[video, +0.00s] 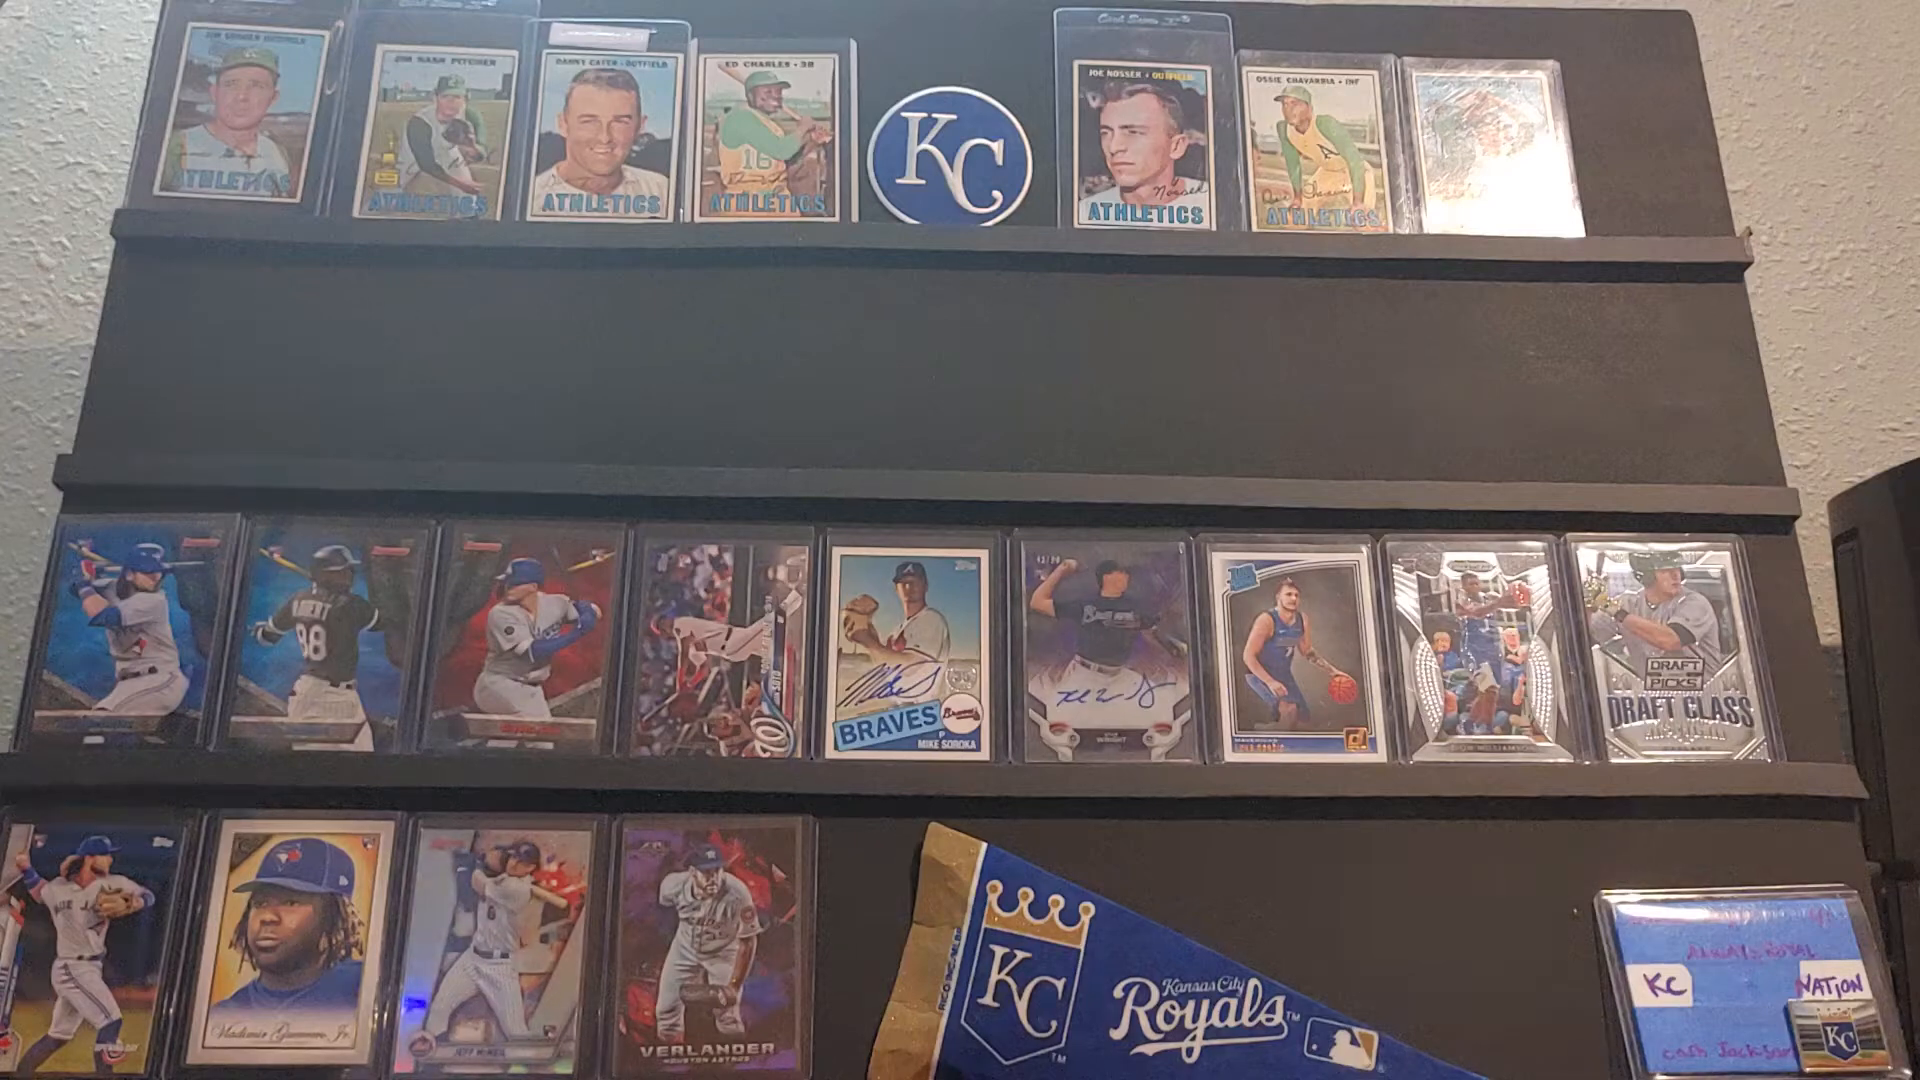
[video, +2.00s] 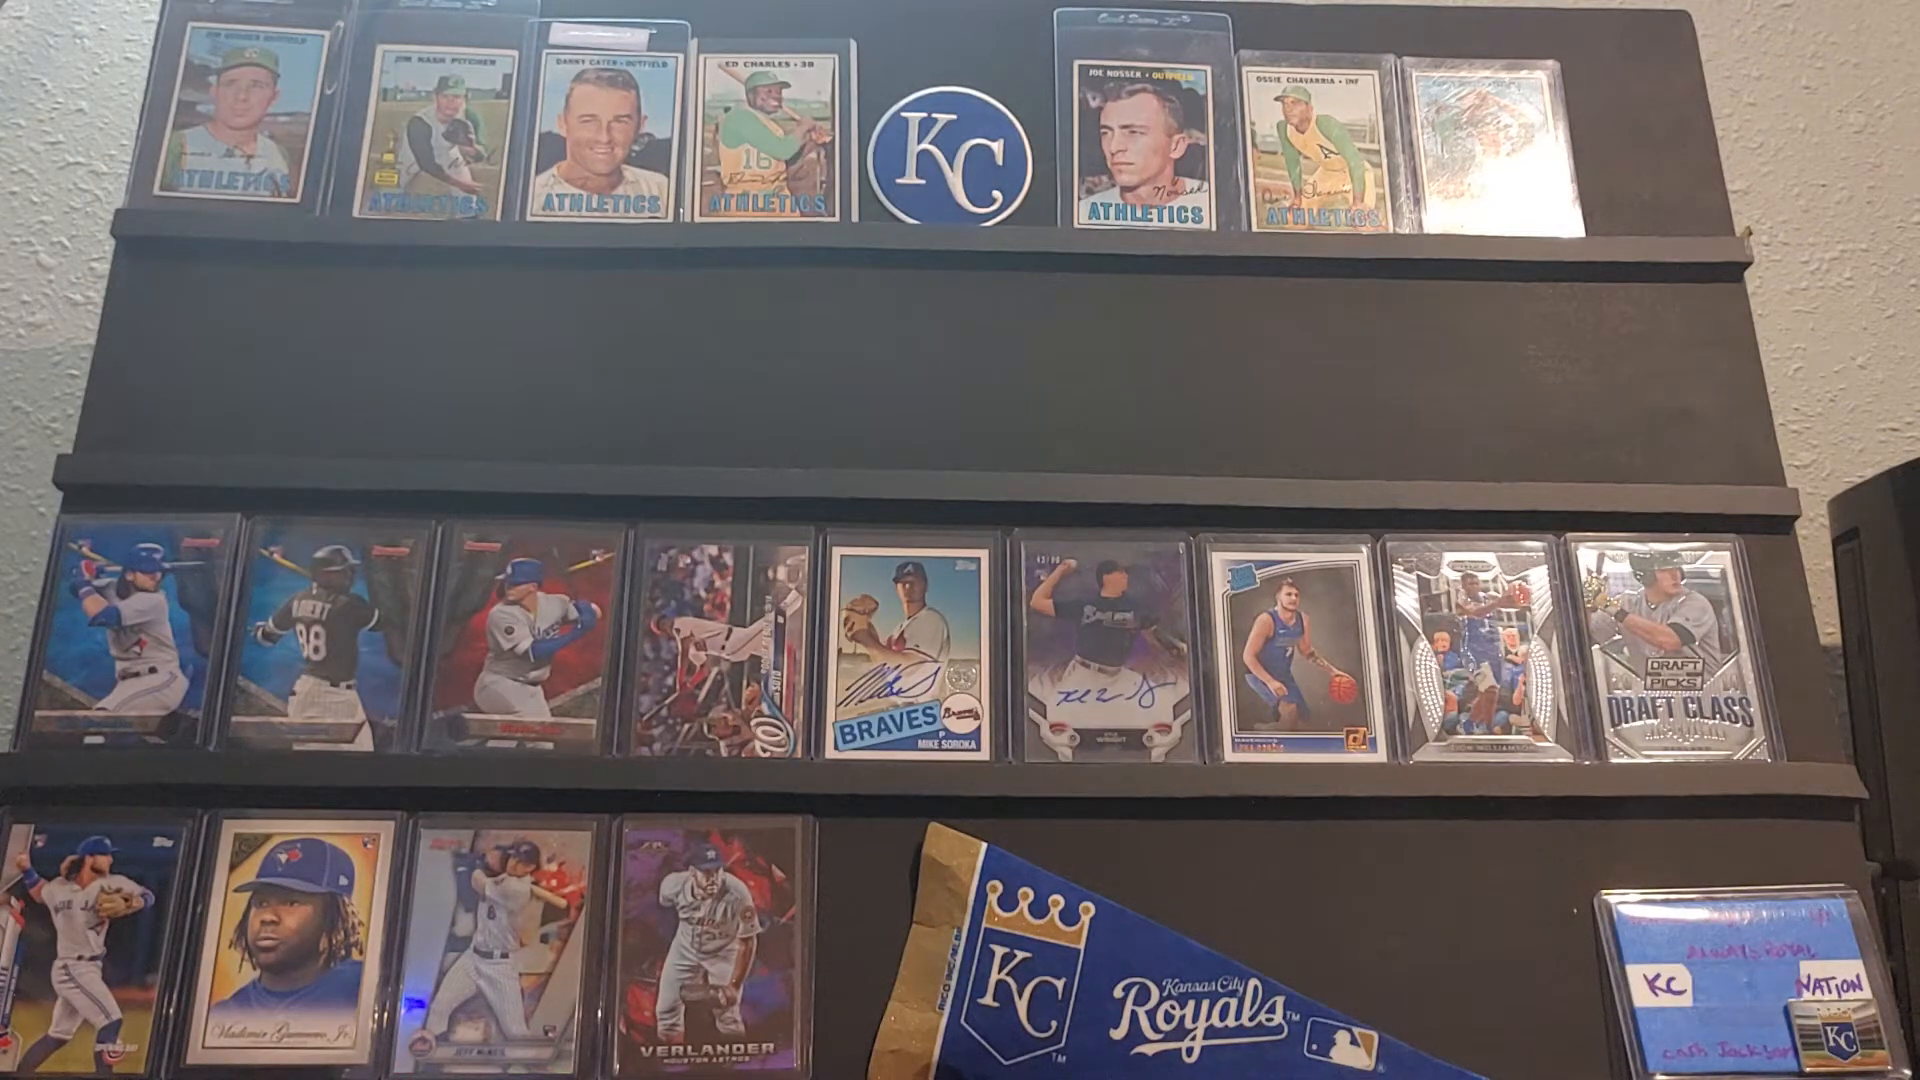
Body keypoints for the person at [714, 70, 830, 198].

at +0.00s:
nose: (776, 97)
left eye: (778, 92)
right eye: (768, 92)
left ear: (782, 93)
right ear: (751, 96)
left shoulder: (770, 124)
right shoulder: (740, 118)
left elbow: (788, 161)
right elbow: (782, 151)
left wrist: (810, 142)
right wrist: (803, 129)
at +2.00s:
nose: (777, 97)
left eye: (779, 92)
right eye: (770, 91)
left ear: (782, 93)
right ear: (752, 95)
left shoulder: (773, 126)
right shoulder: (739, 118)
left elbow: (784, 168)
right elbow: (783, 151)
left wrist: (811, 143)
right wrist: (802, 128)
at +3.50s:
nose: (777, 98)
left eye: (779, 92)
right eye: (770, 92)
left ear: (782, 93)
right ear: (753, 94)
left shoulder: (775, 128)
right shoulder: (738, 117)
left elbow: (784, 172)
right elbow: (781, 151)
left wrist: (811, 143)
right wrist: (803, 128)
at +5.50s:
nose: (776, 97)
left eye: (778, 91)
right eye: (768, 92)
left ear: (782, 93)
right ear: (752, 96)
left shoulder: (773, 126)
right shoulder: (739, 117)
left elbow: (784, 168)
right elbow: (783, 151)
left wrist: (811, 143)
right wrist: (803, 128)